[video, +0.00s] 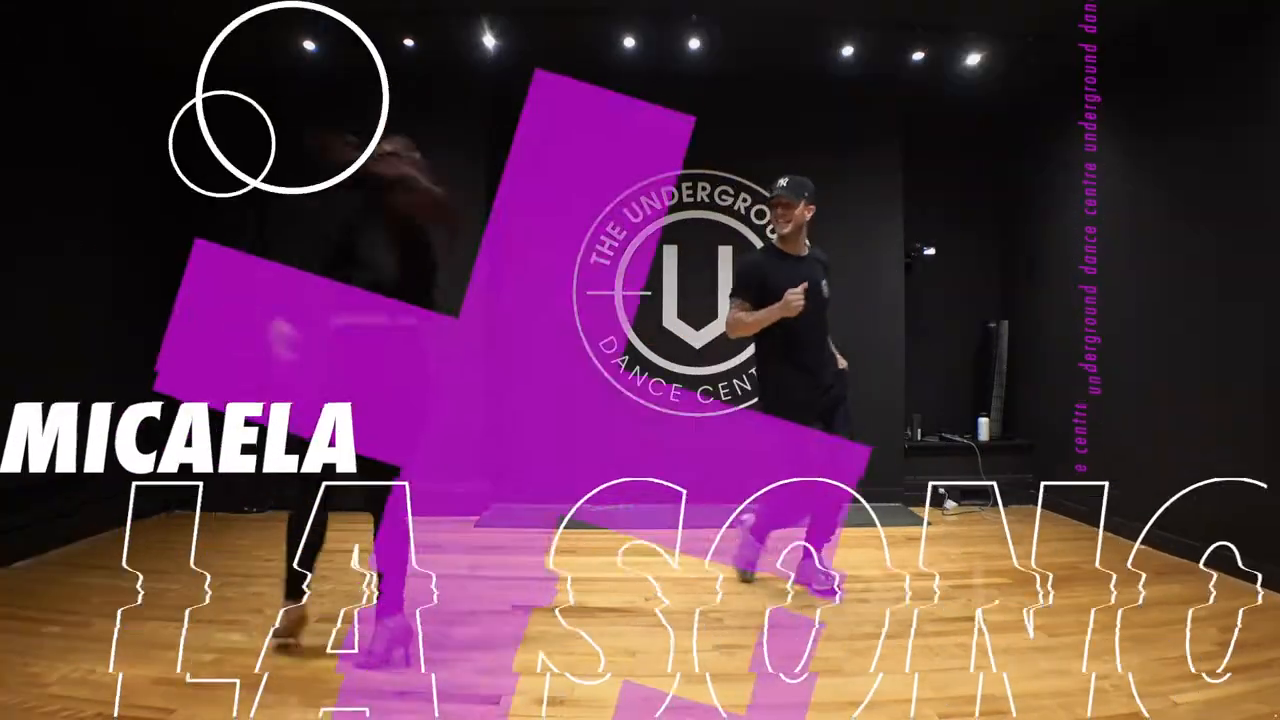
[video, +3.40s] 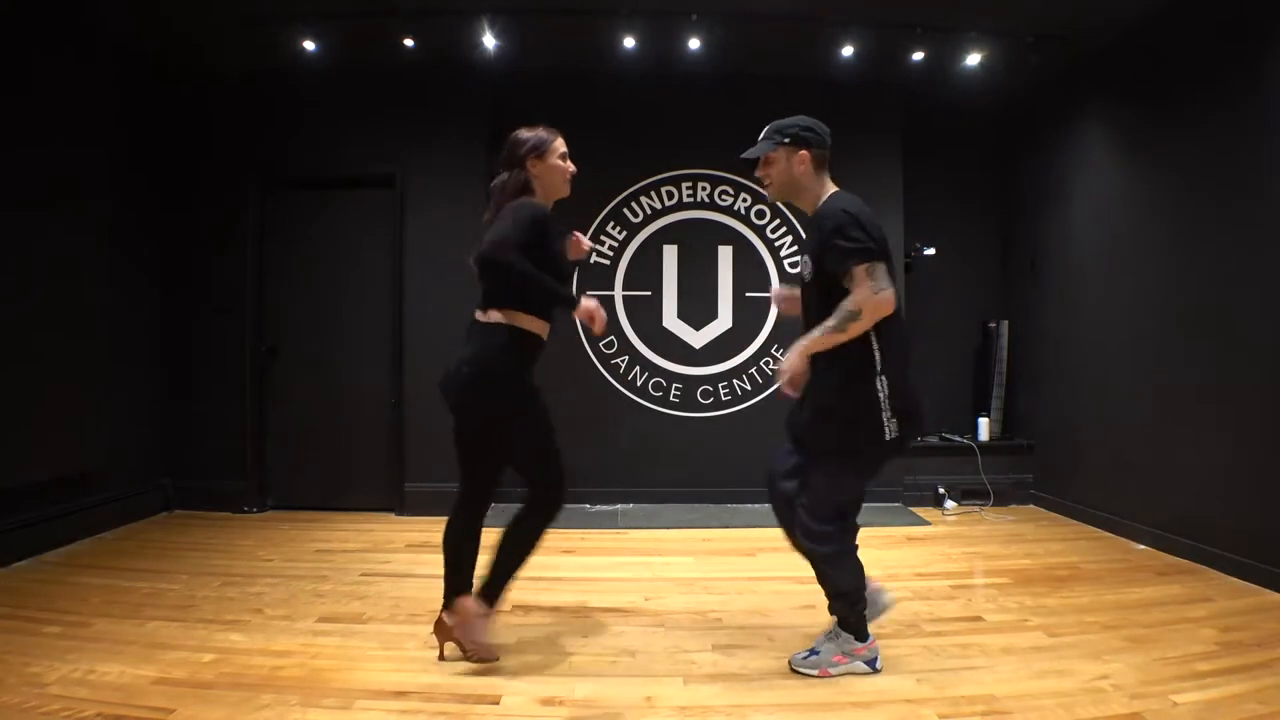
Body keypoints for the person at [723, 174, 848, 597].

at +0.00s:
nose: (779, 214)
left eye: (787, 207)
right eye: (774, 207)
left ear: (808, 211)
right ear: (769, 212)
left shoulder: (818, 262)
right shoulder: (755, 264)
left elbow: (813, 322)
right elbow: (733, 326)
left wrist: (834, 354)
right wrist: (779, 309)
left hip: (825, 382)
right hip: (780, 385)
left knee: (831, 474)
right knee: (785, 474)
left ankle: (813, 562)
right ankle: (754, 541)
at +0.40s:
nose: (777, 213)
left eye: (785, 202)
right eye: (774, 205)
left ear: (813, 200)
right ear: (777, 209)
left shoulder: (856, 252)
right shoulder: (773, 268)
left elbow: (873, 301)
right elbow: (756, 318)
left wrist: (877, 347)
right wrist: (741, 343)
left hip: (854, 387)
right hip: (803, 392)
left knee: (849, 482)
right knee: (824, 475)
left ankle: (821, 562)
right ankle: (835, 582)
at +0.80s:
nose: (778, 207)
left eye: (785, 196)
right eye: (773, 200)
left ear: (813, 186)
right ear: (774, 201)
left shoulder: (861, 240)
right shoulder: (776, 255)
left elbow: (875, 296)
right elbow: (771, 327)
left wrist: (885, 339)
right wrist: (821, 314)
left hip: (870, 386)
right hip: (814, 395)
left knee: (892, 485)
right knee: (823, 490)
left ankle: (861, 553)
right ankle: (836, 586)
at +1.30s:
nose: (794, 196)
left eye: (801, 185)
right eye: (788, 189)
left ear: (831, 176)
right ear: (785, 193)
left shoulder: (876, 244)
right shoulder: (780, 250)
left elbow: (888, 307)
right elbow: (761, 323)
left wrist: (888, 349)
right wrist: (748, 279)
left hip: (857, 393)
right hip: (798, 399)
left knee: (845, 490)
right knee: (807, 509)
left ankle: (852, 613)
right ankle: (833, 587)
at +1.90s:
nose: (771, 197)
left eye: (771, 182)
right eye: (766, 187)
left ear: (800, 161)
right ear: (798, 166)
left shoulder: (840, 213)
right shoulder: (825, 217)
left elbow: (872, 287)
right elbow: (845, 286)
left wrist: (804, 352)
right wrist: (796, 274)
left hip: (823, 396)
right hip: (808, 390)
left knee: (787, 508)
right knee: (785, 504)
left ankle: (836, 637)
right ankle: (853, 593)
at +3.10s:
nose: (755, 185)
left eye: (758, 171)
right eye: (751, 175)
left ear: (789, 155)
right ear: (785, 161)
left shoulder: (848, 212)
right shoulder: (810, 222)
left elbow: (903, 284)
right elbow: (826, 305)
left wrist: (828, 325)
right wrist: (772, 319)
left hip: (829, 394)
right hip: (800, 389)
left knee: (797, 508)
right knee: (788, 508)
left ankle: (851, 633)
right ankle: (825, 618)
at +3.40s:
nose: (761, 174)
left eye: (768, 163)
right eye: (759, 165)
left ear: (801, 158)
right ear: (800, 162)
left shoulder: (843, 218)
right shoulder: (826, 220)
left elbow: (878, 296)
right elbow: (854, 297)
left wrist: (805, 347)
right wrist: (804, 300)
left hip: (860, 402)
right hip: (833, 398)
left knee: (822, 509)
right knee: (785, 485)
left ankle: (851, 637)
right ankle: (859, 591)